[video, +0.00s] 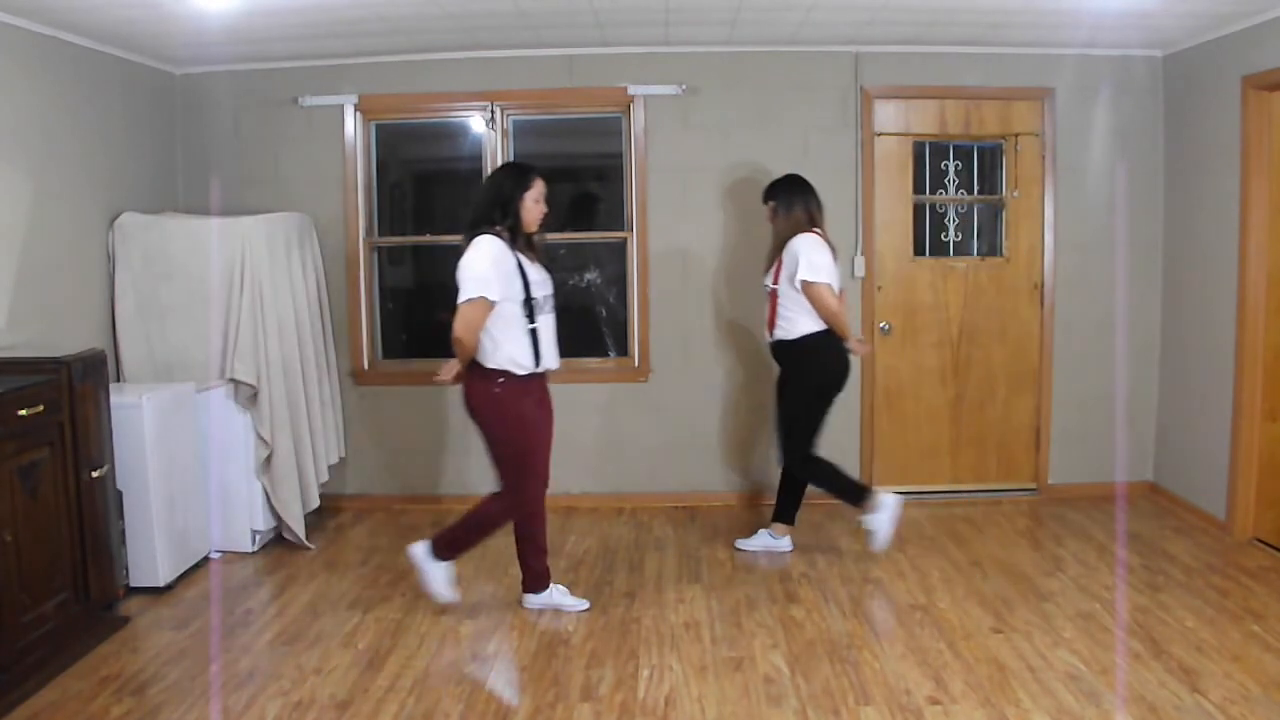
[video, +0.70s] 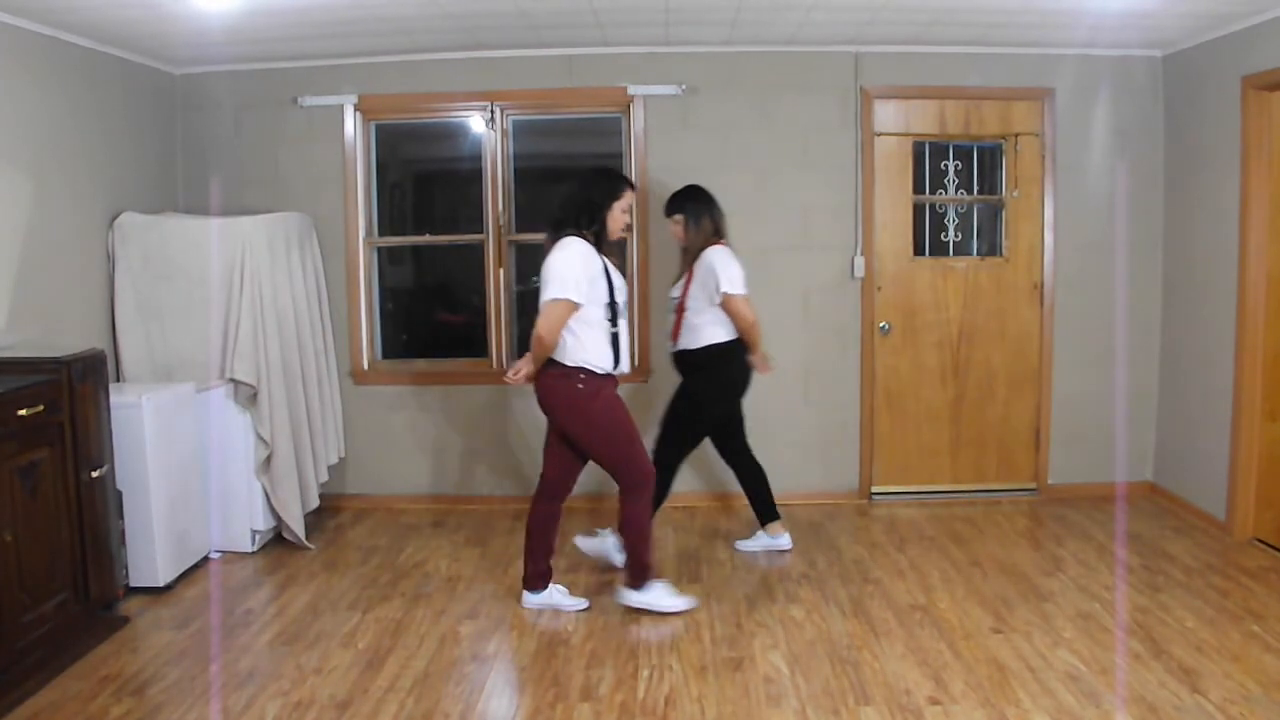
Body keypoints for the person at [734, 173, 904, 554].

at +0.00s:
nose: (769, 219)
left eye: (773, 211)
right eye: (769, 212)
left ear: (790, 209)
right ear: (804, 208)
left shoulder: (805, 244)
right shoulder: (808, 244)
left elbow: (821, 296)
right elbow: (837, 294)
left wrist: (847, 337)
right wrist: (844, 335)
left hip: (811, 355)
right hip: (807, 355)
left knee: (797, 453)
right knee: (796, 451)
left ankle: (874, 504)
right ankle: (779, 530)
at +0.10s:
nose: (757, 217)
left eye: (761, 209)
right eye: (756, 210)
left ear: (778, 207)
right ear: (788, 205)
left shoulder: (794, 242)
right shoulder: (783, 245)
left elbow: (811, 293)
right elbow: (806, 295)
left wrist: (836, 334)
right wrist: (835, 334)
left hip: (799, 352)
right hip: (792, 351)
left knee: (762, 445)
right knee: (787, 444)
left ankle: (830, 500)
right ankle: (779, 529)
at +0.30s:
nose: (731, 218)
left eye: (734, 209)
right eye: (730, 210)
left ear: (751, 208)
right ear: (761, 207)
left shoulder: (770, 243)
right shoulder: (762, 246)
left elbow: (791, 296)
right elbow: (786, 298)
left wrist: (812, 337)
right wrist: (812, 336)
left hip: (774, 353)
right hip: (771, 352)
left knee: (722, 437)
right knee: (777, 441)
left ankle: (778, 504)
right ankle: (776, 531)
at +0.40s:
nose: (720, 220)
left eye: (723, 211)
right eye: (719, 212)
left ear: (740, 209)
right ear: (750, 208)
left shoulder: (759, 244)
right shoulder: (752, 246)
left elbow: (777, 296)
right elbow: (775, 298)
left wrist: (801, 337)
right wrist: (800, 336)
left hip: (762, 353)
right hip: (759, 352)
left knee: (708, 436)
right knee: (769, 443)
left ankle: (750, 513)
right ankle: (778, 528)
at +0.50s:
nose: (707, 224)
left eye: (709, 215)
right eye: (705, 216)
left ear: (727, 212)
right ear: (733, 213)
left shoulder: (748, 247)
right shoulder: (734, 250)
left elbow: (764, 295)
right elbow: (756, 299)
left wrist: (787, 339)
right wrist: (783, 338)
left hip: (750, 357)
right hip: (743, 356)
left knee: (695, 439)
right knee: (760, 446)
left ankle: (705, 530)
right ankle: (777, 530)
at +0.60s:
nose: (691, 226)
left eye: (695, 218)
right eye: (689, 218)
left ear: (714, 216)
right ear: (718, 216)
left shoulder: (734, 251)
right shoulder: (717, 255)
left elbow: (750, 300)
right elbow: (738, 304)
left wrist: (774, 344)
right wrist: (771, 342)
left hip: (735, 362)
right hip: (724, 360)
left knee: (685, 446)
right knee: (748, 447)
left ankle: (654, 536)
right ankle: (776, 530)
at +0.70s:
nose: (673, 231)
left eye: (676, 222)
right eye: (671, 223)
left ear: (695, 221)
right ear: (699, 221)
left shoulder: (716, 257)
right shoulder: (700, 260)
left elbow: (742, 313)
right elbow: (731, 312)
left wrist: (755, 351)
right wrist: (753, 348)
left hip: (717, 366)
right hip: (708, 364)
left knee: (668, 450)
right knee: (735, 449)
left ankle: (625, 538)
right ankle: (774, 529)